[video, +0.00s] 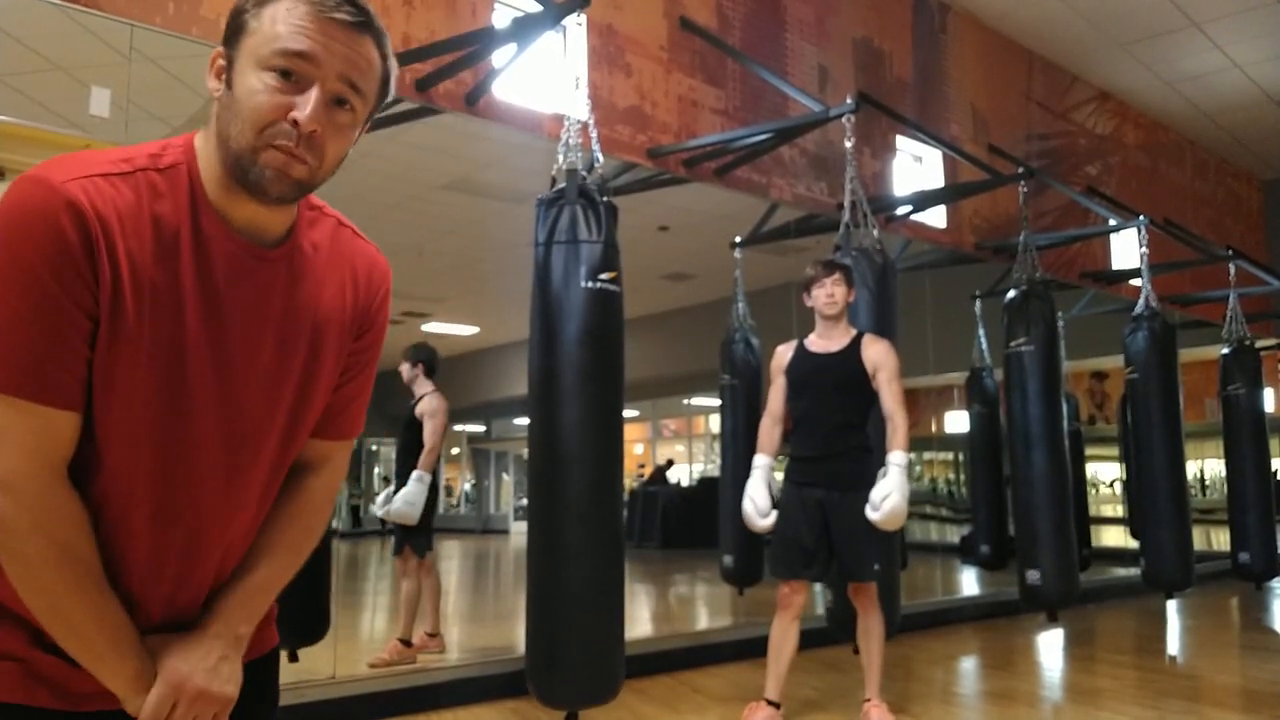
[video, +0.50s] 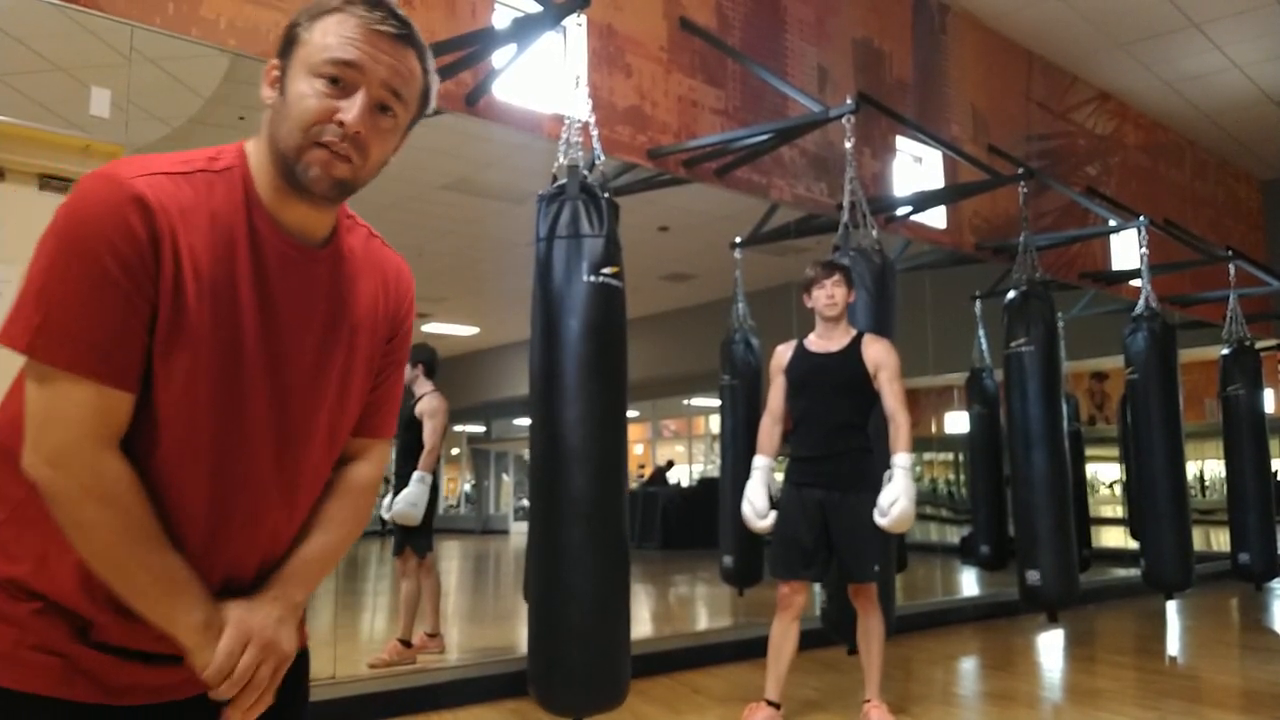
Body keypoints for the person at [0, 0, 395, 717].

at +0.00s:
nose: (308, 116)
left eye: (342, 102)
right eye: (286, 76)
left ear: (357, 135)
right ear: (220, 73)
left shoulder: (357, 276)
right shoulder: (62, 212)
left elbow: (321, 467)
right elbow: (22, 481)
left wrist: (224, 635)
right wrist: (143, 686)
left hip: (232, 676)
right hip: (45, 673)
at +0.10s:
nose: (308, 113)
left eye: (341, 99)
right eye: (286, 73)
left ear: (358, 133)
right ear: (220, 72)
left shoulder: (359, 274)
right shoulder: (69, 210)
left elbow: (323, 466)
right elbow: (25, 480)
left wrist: (228, 627)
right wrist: (148, 682)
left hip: (235, 677)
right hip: (47, 674)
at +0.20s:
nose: (309, 111)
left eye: (343, 97)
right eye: (287, 72)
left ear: (360, 131)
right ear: (224, 73)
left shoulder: (360, 273)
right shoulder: (77, 210)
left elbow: (327, 466)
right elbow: (32, 476)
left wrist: (235, 625)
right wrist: (157, 682)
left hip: (237, 674)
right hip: (51, 670)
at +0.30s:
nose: (317, 111)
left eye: (351, 98)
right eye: (296, 73)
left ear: (368, 133)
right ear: (234, 75)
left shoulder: (365, 276)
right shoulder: (92, 207)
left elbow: (336, 463)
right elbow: (35, 468)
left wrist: (246, 619)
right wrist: (165, 667)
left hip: (238, 673)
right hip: (53, 668)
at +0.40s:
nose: (333, 116)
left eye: (367, 105)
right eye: (315, 78)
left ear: (382, 139)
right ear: (252, 79)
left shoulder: (374, 282)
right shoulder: (110, 209)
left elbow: (350, 462)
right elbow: (44, 460)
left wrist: (265, 611)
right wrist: (181, 647)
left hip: (247, 671)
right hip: (62, 669)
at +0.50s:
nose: (352, 118)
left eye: (385, 108)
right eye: (336, 81)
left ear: (399, 142)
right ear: (274, 81)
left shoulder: (385, 284)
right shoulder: (129, 207)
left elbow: (366, 459)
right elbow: (67, 451)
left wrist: (285, 599)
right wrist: (205, 632)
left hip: (254, 669)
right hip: (67, 663)